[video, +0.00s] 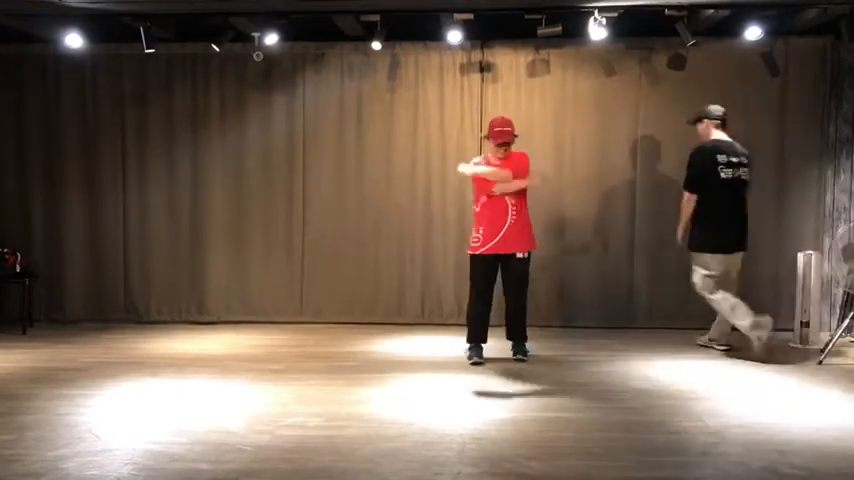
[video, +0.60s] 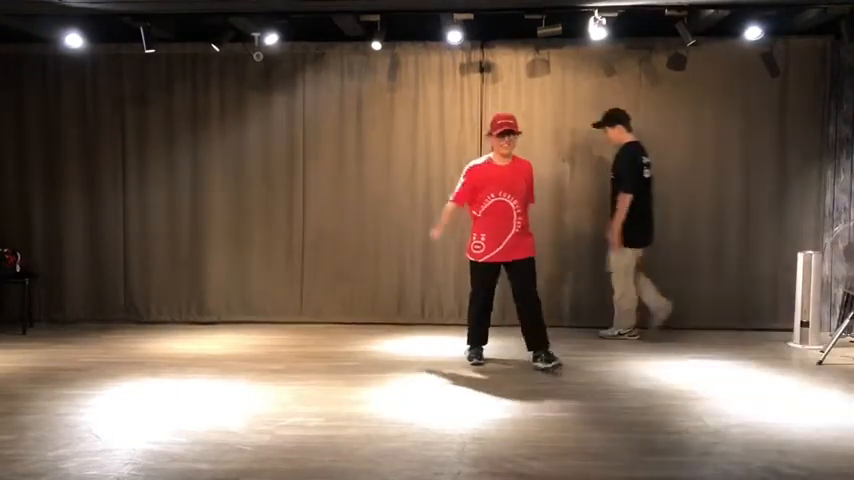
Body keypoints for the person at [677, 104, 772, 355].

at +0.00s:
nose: (697, 131)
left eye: (698, 126)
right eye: (697, 126)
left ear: (707, 125)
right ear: (720, 125)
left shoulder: (702, 153)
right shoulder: (741, 152)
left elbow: (690, 196)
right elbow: (741, 193)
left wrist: (682, 224)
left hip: (709, 228)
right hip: (737, 227)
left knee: (704, 283)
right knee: (728, 285)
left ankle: (752, 324)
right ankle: (719, 336)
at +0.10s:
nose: (683, 133)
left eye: (684, 128)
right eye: (682, 128)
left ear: (694, 125)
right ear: (704, 125)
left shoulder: (694, 152)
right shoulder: (725, 152)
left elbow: (682, 195)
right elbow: (723, 197)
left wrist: (671, 230)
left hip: (698, 233)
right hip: (725, 233)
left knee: (679, 275)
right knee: (720, 287)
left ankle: (722, 318)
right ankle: (718, 337)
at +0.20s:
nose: (668, 136)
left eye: (669, 130)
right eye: (667, 131)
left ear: (679, 127)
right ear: (688, 126)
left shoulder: (684, 153)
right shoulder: (707, 149)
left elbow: (676, 193)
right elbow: (696, 195)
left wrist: (664, 227)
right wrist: (662, 209)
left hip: (687, 231)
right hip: (710, 230)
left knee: (661, 270)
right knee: (712, 284)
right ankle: (719, 336)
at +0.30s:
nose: (653, 137)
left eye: (654, 132)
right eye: (652, 133)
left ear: (664, 129)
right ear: (672, 129)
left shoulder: (670, 155)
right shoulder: (690, 151)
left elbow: (667, 193)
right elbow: (675, 191)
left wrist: (659, 226)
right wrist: (644, 202)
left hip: (675, 231)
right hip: (697, 231)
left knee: (654, 281)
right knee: (705, 285)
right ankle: (718, 336)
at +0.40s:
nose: (636, 138)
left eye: (637, 133)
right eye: (635, 133)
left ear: (648, 131)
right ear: (655, 130)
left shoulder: (655, 156)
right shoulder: (671, 152)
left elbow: (654, 195)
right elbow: (655, 195)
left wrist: (654, 229)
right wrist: (626, 208)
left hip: (656, 235)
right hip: (676, 232)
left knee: (641, 284)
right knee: (691, 283)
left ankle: (626, 325)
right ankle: (714, 328)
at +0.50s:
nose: (621, 137)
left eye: (622, 132)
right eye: (620, 133)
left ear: (632, 130)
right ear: (640, 129)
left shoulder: (638, 155)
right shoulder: (655, 151)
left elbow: (639, 197)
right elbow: (643, 193)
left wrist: (640, 232)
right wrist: (625, 213)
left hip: (639, 231)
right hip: (658, 228)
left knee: (629, 280)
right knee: (660, 276)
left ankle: (625, 325)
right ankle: (694, 314)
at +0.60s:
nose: (607, 136)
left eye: (608, 131)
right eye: (606, 131)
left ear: (618, 128)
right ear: (623, 128)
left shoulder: (627, 153)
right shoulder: (637, 150)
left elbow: (626, 195)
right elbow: (633, 194)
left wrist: (616, 227)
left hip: (628, 226)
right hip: (639, 224)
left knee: (622, 275)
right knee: (629, 271)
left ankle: (624, 325)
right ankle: (660, 307)